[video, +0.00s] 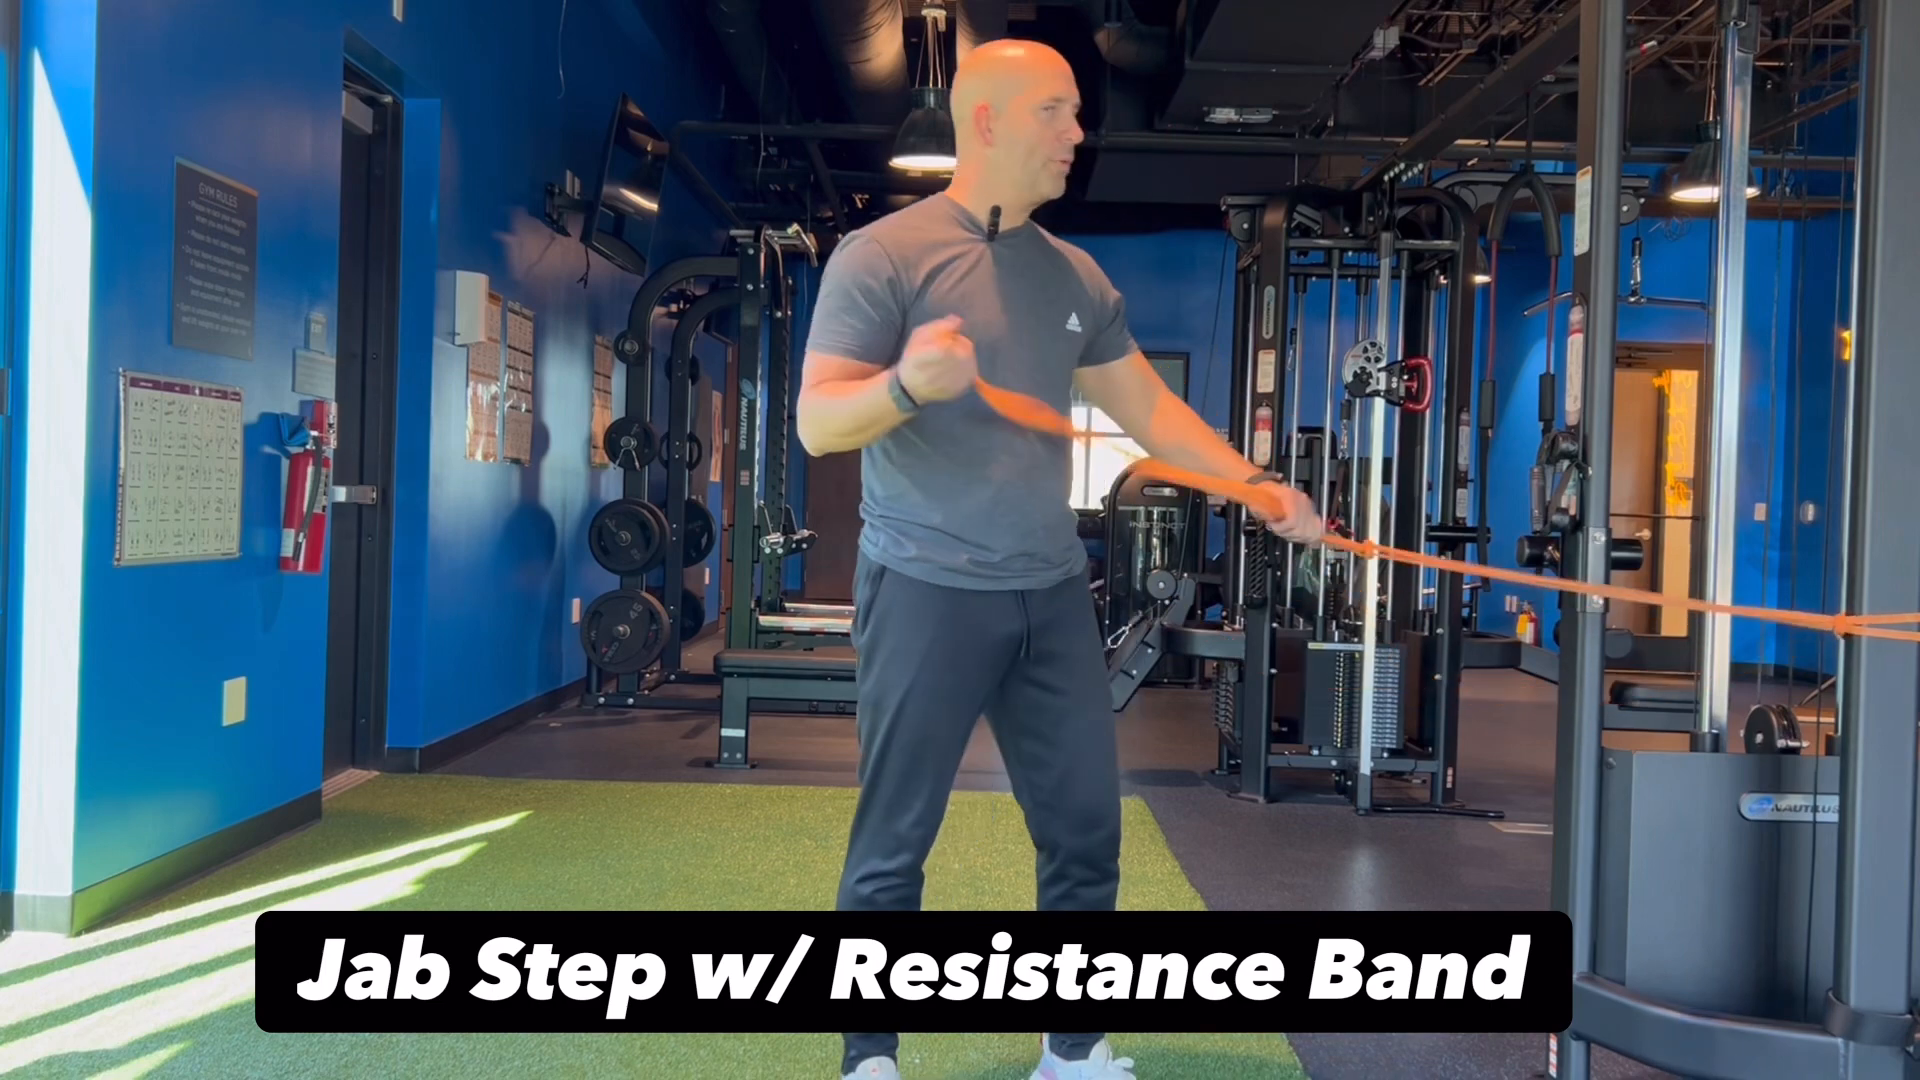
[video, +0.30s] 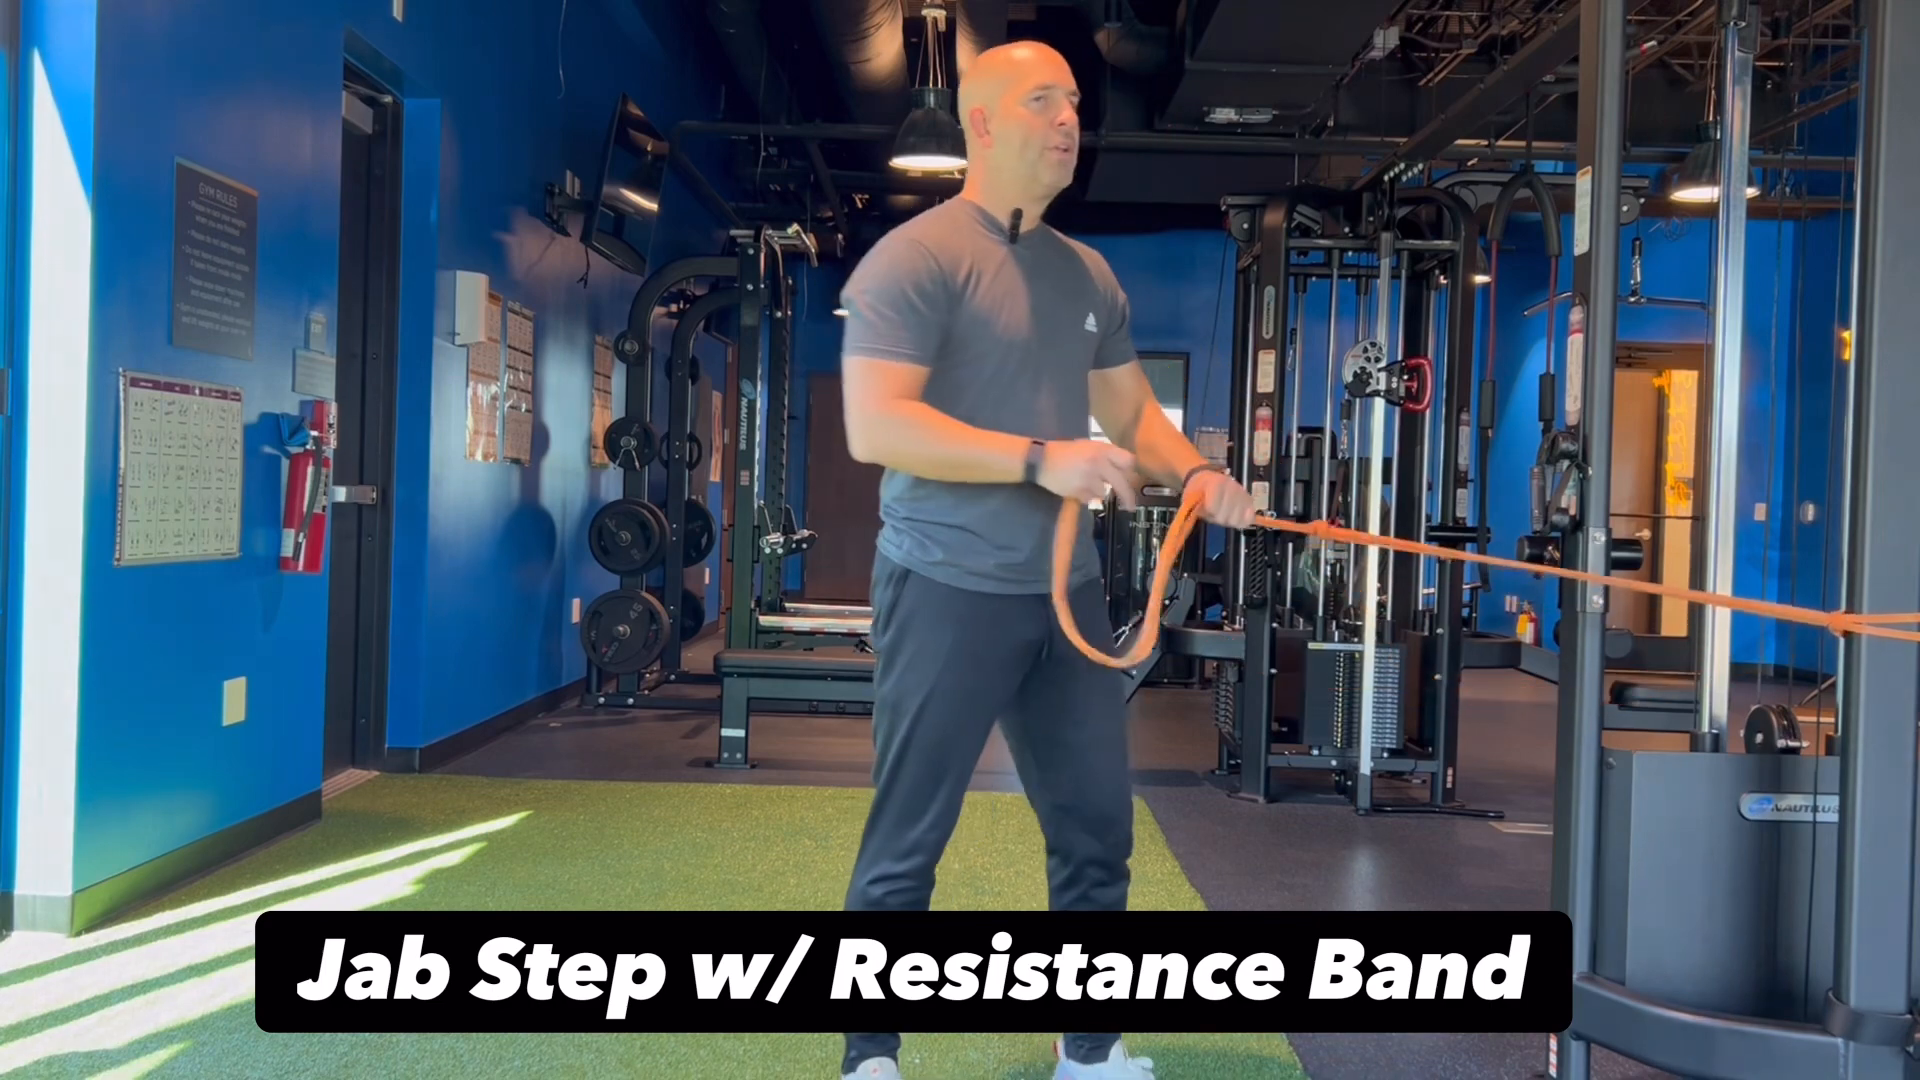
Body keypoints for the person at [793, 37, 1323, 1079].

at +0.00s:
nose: (1079, 134)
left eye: (1077, 115)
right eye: (1059, 114)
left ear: (1025, 130)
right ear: (986, 126)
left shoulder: (1073, 276)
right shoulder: (879, 256)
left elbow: (1147, 408)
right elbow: (820, 424)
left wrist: (1257, 488)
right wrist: (905, 387)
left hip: (1052, 587)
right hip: (927, 585)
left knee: (1084, 830)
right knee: (895, 837)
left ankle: (1071, 1051)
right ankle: (870, 1055)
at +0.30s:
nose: (1072, 119)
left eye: (1074, 104)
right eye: (1047, 101)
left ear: (1073, 130)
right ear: (981, 124)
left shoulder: (1087, 273)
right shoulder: (908, 262)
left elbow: (1134, 412)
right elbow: (878, 427)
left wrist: (1199, 475)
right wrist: (1041, 459)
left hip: (1072, 590)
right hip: (948, 591)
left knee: (1096, 834)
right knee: (907, 838)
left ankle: (1089, 1052)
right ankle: (872, 1054)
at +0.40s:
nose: (1090, 117)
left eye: (1095, 104)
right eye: (1064, 100)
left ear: (1099, 135)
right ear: (1001, 127)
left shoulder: (1114, 276)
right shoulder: (942, 259)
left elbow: (1158, 414)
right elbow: (926, 429)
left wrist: (1217, 465)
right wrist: (1093, 466)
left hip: (1087, 593)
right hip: (970, 589)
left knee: (1093, 837)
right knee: (928, 836)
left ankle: (1088, 1052)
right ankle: (874, 1050)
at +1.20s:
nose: (1300, 153)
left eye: (1298, 132)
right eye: (1288, 130)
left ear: (1230, 140)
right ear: (1221, 135)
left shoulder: (1262, 284)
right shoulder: (1119, 251)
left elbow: (1272, 440)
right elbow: (1074, 420)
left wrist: (1286, 553)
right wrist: (1253, 448)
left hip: (1245, 589)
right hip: (1134, 588)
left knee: (1304, 815)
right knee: (1128, 851)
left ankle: (1178, 1011)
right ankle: (1089, 1057)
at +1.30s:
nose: (1322, 161)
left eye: (1322, 139)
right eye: (1309, 137)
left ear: (1255, 143)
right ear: (1241, 139)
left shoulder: (1285, 282)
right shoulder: (1133, 250)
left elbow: (1293, 425)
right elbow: (1071, 416)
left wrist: (1338, 446)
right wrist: (1244, 433)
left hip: (1269, 592)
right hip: (1153, 589)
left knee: (1327, 814)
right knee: (1136, 856)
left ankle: (1258, 1026)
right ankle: (1093, 1061)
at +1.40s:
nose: (1353, 167)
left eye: (1352, 146)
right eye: (1339, 144)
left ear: (1278, 150)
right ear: (1271, 146)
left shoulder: (1321, 292)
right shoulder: (1151, 259)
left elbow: (1341, 430)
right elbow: (1074, 414)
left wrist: (1376, 451)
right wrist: (1232, 419)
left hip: (1301, 599)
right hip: (1174, 595)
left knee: (1330, 839)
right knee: (1145, 855)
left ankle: (1332, 1051)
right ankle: (1094, 1061)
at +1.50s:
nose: (1389, 175)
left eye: (1389, 154)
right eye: (1374, 152)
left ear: (1316, 159)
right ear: (1304, 155)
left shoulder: (1366, 299)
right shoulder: (1177, 270)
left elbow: (1387, 429)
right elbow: (1090, 417)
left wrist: (1421, 451)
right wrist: (1224, 418)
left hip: (1327, 609)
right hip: (1199, 601)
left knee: (1339, 850)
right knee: (1167, 851)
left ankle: (1329, 1051)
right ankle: (1100, 1059)